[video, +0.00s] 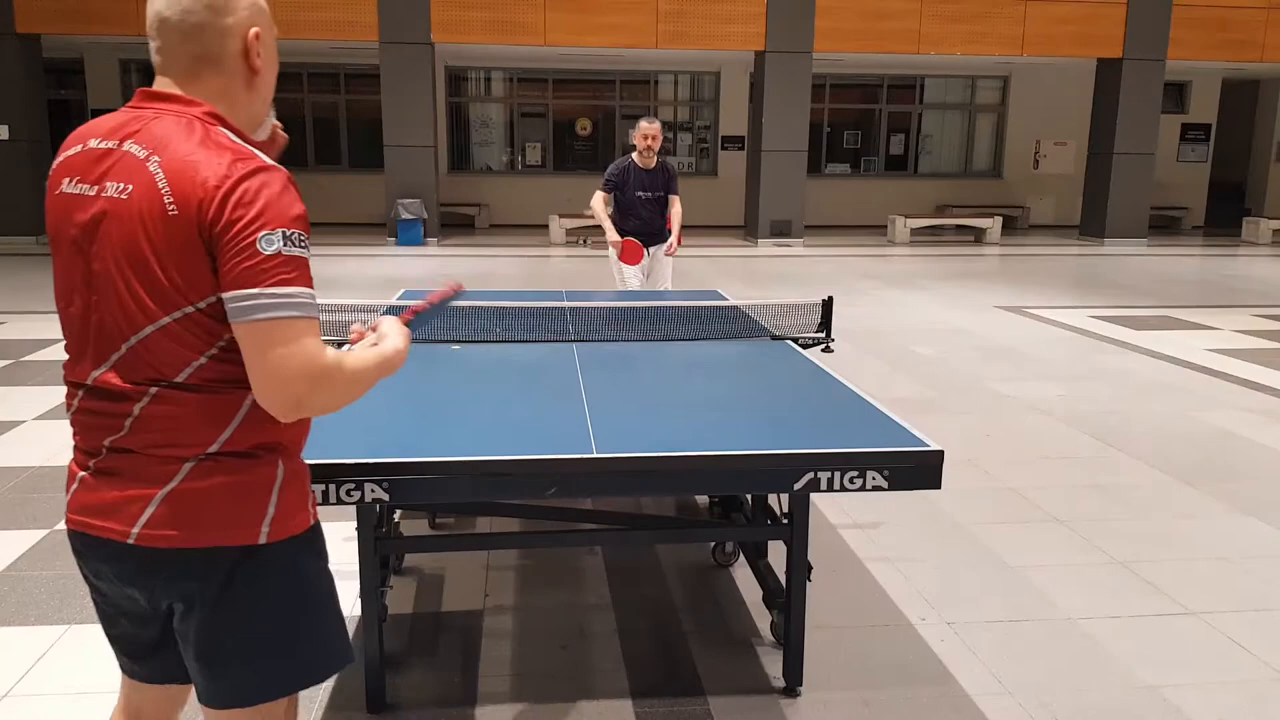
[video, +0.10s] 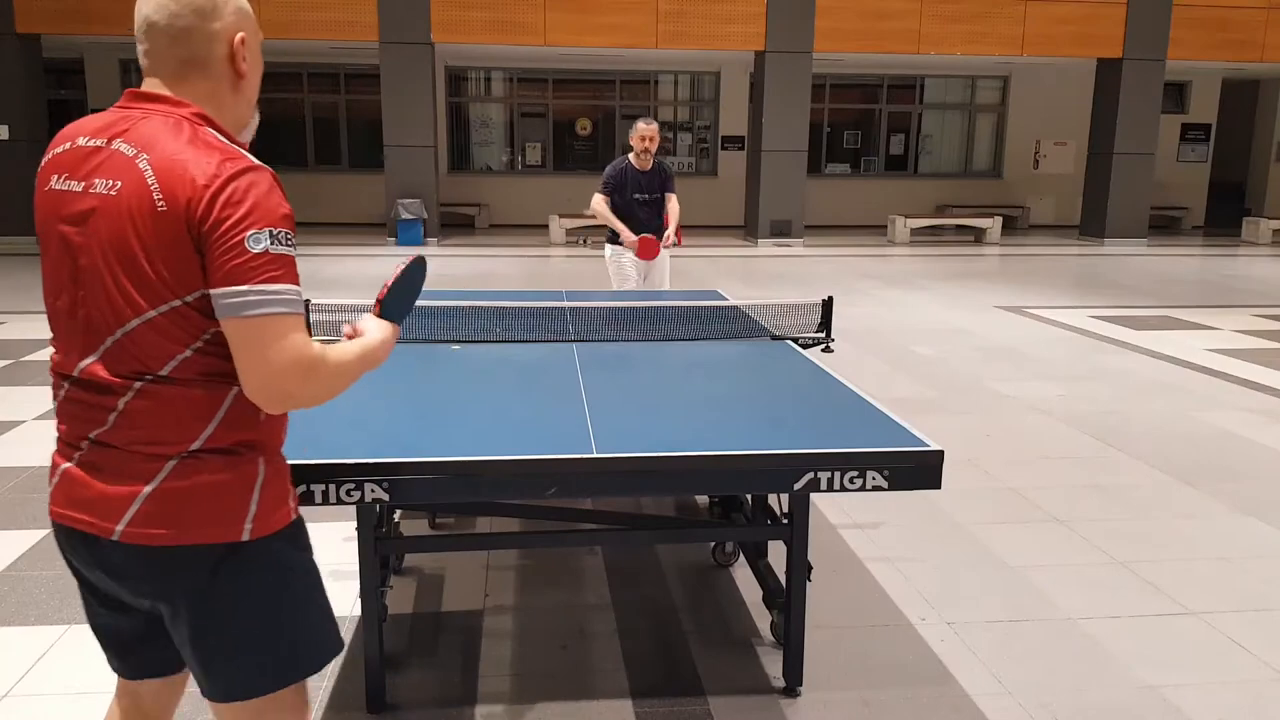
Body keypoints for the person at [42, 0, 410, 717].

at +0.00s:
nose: (275, 70)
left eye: (276, 50)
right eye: (274, 50)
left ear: (161, 53)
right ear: (252, 50)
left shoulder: (77, 152)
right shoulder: (245, 177)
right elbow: (289, 386)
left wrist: (242, 159)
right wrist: (381, 353)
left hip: (105, 512)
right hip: (230, 524)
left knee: (149, 690)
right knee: (255, 709)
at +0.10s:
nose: (259, 80)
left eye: (260, 60)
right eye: (260, 60)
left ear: (148, 60)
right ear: (240, 52)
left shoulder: (65, 150)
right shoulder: (230, 177)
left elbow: (120, 317)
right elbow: (279, 379)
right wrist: (370, 347)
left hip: (89, 507)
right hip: (212, 519)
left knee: (143, 688)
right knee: (267, 704)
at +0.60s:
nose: (350, 114)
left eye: (352, 98)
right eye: (351, 96)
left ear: (247, 85)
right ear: (331, 97)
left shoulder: (147, 160)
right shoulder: (301, 210)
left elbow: (159, 320)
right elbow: (320, 405)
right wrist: (392, 383)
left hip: (96, 493)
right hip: (214, 509)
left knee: (172, 660)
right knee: (321, 682)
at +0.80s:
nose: (395, 157)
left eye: (400, 140)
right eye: (399, 139)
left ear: (301, 110)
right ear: (376, 136)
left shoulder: (201, 165)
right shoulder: (317, 235)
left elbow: (188, 317)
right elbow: (316, 422)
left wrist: (311, 330)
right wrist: (446, 446)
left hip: (95, 474)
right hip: (198, 500)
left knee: (151, 657)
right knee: (319, 677)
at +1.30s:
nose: (378, 179)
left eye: (383, 162)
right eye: (376, 159)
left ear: (295, 140)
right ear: (323, 150)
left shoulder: (167, 176)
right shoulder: (311, 255)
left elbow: (91, 286)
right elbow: (417, 395)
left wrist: (228, 331)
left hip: (63, 482)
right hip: (178, 502)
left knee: (135, 651)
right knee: (305, 669)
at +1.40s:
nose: (360, 162)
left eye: (364, 147)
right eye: (360, 146)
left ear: (259, 125)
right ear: (321, 146)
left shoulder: (149, 172)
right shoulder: (327, 244)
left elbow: (58, 287)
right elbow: (430, 345)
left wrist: (166, 314)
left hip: (65, 484)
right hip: (188, 501)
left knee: (121, 649)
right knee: (318, 670)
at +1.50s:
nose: (335, 151)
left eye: (340, 136)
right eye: (337, 135)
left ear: (243, 115)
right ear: (312, 136)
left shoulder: (127, 174)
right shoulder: (318, 225)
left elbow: (36, 304)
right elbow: (400, 311)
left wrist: (136, 321)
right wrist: (422, 231)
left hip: (70, 495)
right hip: (201, 503)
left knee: (99, 665)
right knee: (321, 673)